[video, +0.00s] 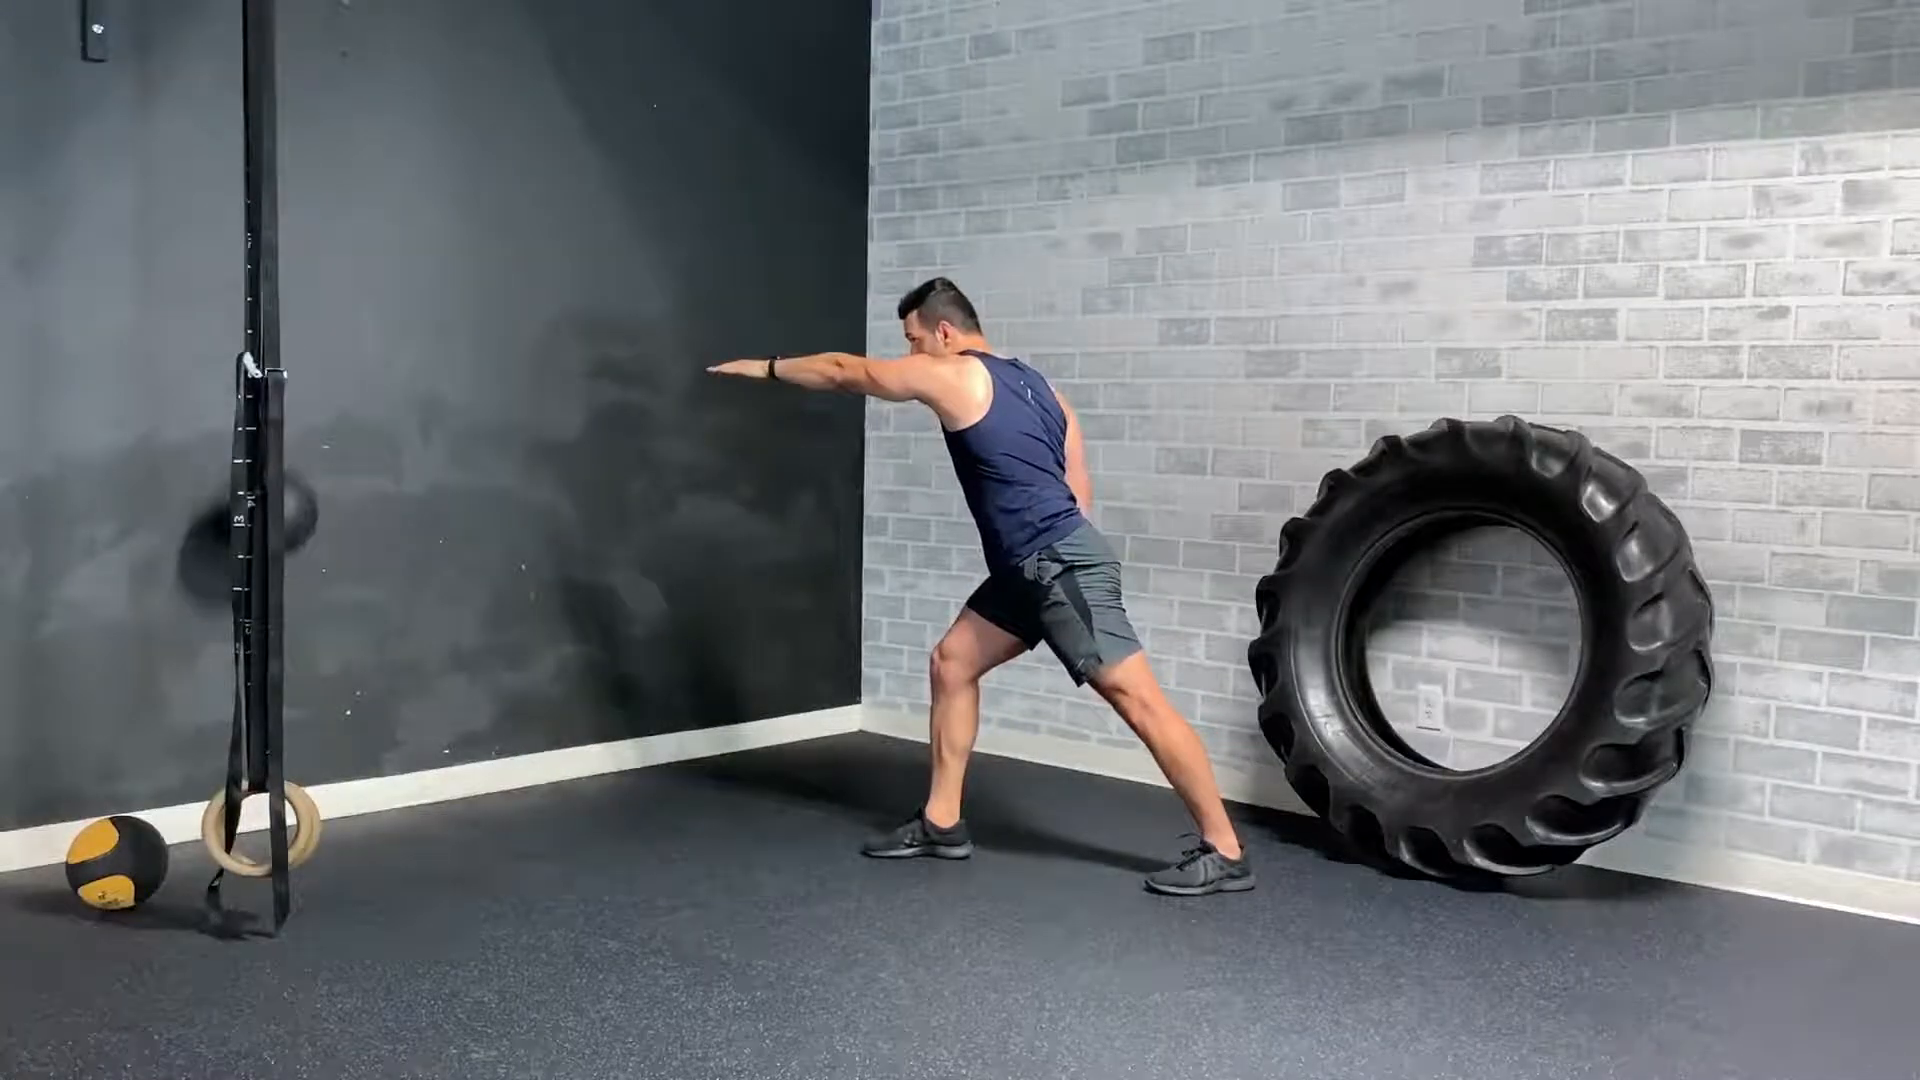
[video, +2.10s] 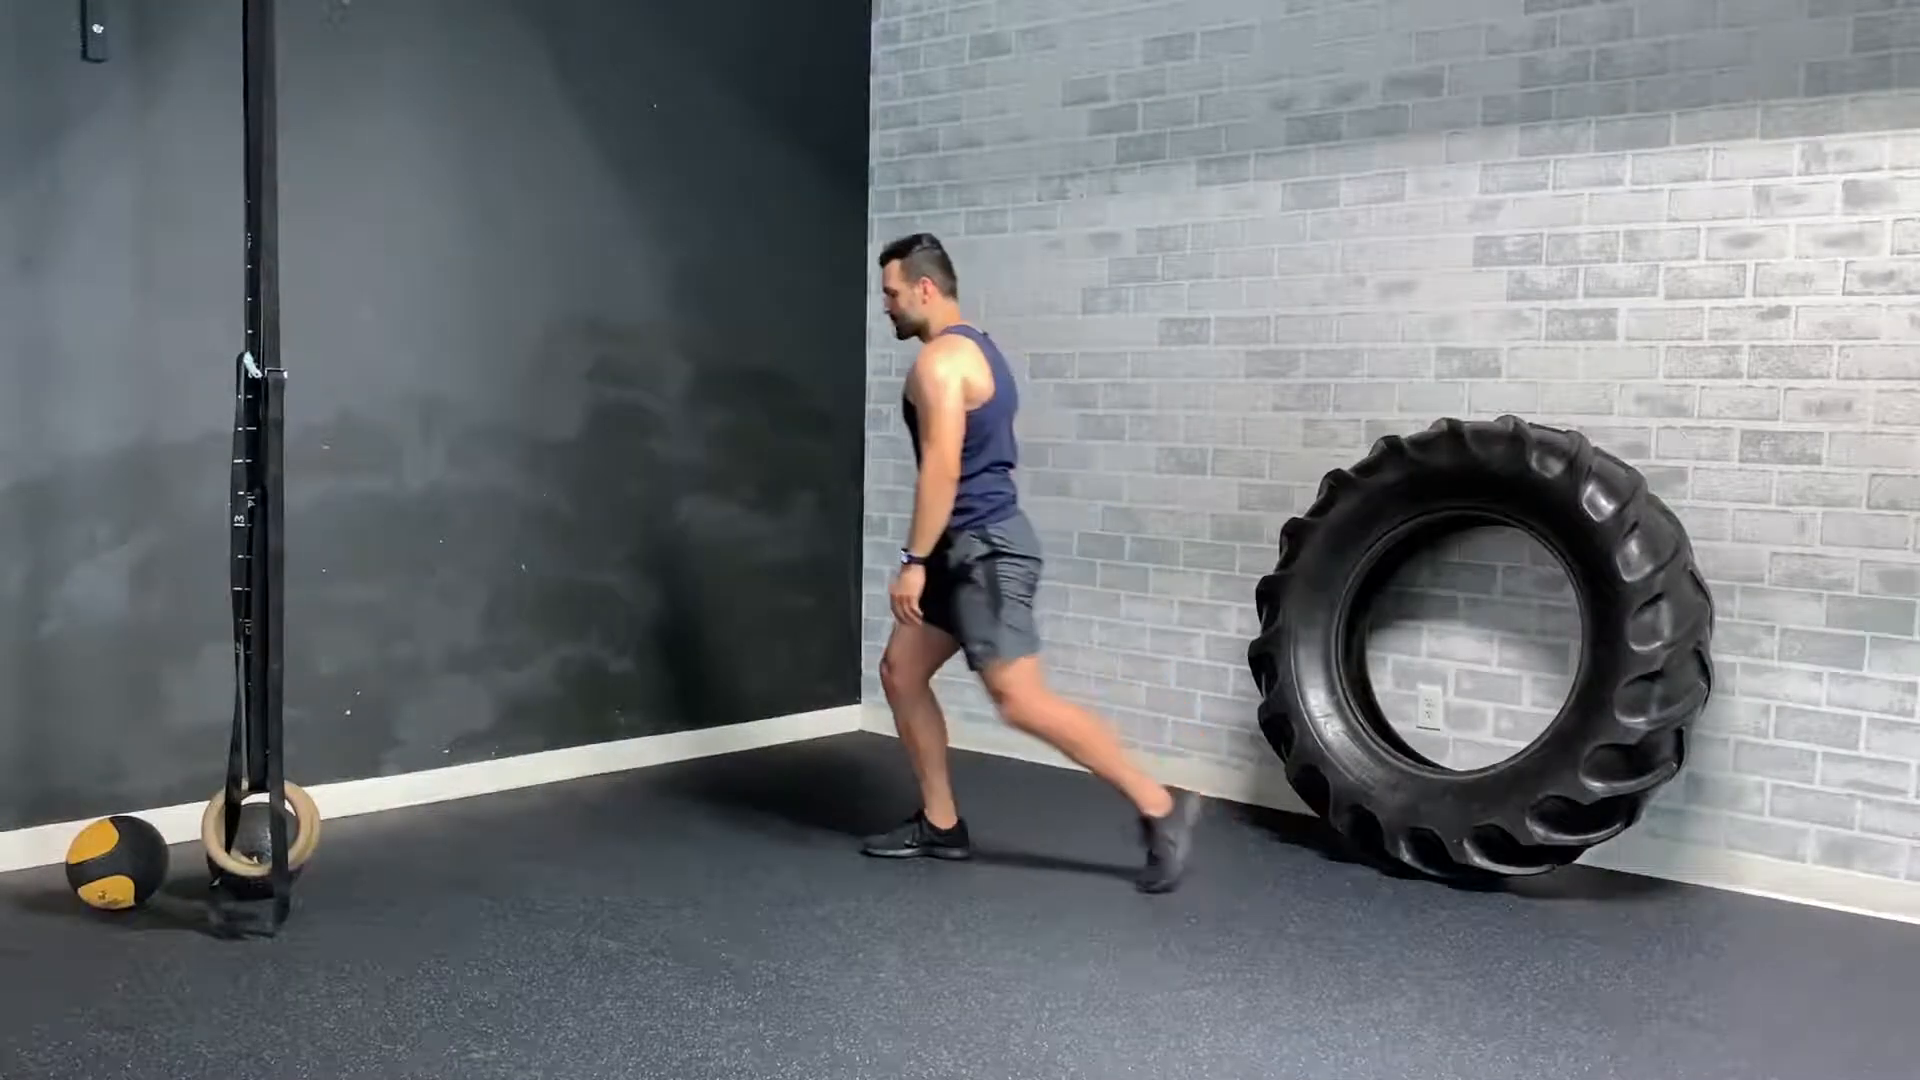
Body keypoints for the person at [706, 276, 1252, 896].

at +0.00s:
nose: (910, 354)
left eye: (913, 342)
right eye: (909, 344)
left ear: (943, 330)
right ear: (965, 328)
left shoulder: (948, 372)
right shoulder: (1039, 387)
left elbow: (848, 373)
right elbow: (1076, 490)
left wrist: (766, 367)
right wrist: (1066, 555)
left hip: (1060, 562)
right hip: (1035, 571)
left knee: (1144, 705)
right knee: (952, 662)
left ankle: (1225, 850)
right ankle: (942, 824)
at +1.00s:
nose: (941, 342)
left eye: (943, 327)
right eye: (939, 330)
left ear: (973, 317)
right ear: (992, 315)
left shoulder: (975, 376)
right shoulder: (1060, 378)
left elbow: (877, 426)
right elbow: (1084, 489)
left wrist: (798, 463)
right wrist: (1044, 549)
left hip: (1067, 561)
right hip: (1049, 564)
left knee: (1139, 701)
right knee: (958, 662)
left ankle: (1225, 849)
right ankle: (942, 822)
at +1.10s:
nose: (950, 334)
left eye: (953, 319)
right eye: (948, 321)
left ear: (985, 313)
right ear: (1003, 313)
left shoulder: (992, 379)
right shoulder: (1070, 378)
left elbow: (914, 471)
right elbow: (1087, 490)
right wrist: (1051, 550)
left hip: (1069, 564)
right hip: (1045, 565)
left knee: (1139, 704)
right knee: (959, 662)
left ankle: (1225, 848)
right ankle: (942, 825)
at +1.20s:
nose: (957, 330)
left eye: (960, 316)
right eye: (955, 317)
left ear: (992, 309)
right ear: (1010, 310)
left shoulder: (1001, 381)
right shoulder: (1071, 375)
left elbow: (973, 496)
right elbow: (1091, 488)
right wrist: (1044, 547)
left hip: (1071, 561)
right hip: (1051, 563)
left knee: (1138, 702)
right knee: (960, 665)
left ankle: (1225, 848)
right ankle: (941, 824)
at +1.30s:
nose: (964, 324)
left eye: (967, 310)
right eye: (962, 311)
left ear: (1000, 305)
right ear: (1014, 305)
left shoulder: (1016, 380)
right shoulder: (1067, 365)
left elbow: (1032, 493)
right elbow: (1093, 481)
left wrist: (1033, 588)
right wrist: (1053, 547)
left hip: (1076, 559)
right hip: (1058, 555)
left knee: (1141, 700)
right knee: (965, 666)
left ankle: (1225, 848)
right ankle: (940, 824)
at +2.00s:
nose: (913, 318)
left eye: (919, 305)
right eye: (912, 306)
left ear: (955, 303)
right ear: (963, 305)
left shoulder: (974, 378)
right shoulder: (1002, 363)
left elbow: (978, 491)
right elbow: (1008, 483)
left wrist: (946, 580)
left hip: (1025, 558)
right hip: (1001, 561)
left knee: (1094, 696)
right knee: (915, 671)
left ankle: (1205, 829)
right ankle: (939, 827)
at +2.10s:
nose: (886, 305)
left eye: (891, 292)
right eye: (884, 293)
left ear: (926, 288)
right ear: (935, 290)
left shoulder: (939, 363)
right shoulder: (976, 349)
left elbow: (940, 473)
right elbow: (981, 466)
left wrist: (913, 562)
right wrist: (937, 558)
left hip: (984, 547)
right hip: (968, 546)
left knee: (1020, 699)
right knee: (902, 674)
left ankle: (1162, 807)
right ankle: (940, 825)